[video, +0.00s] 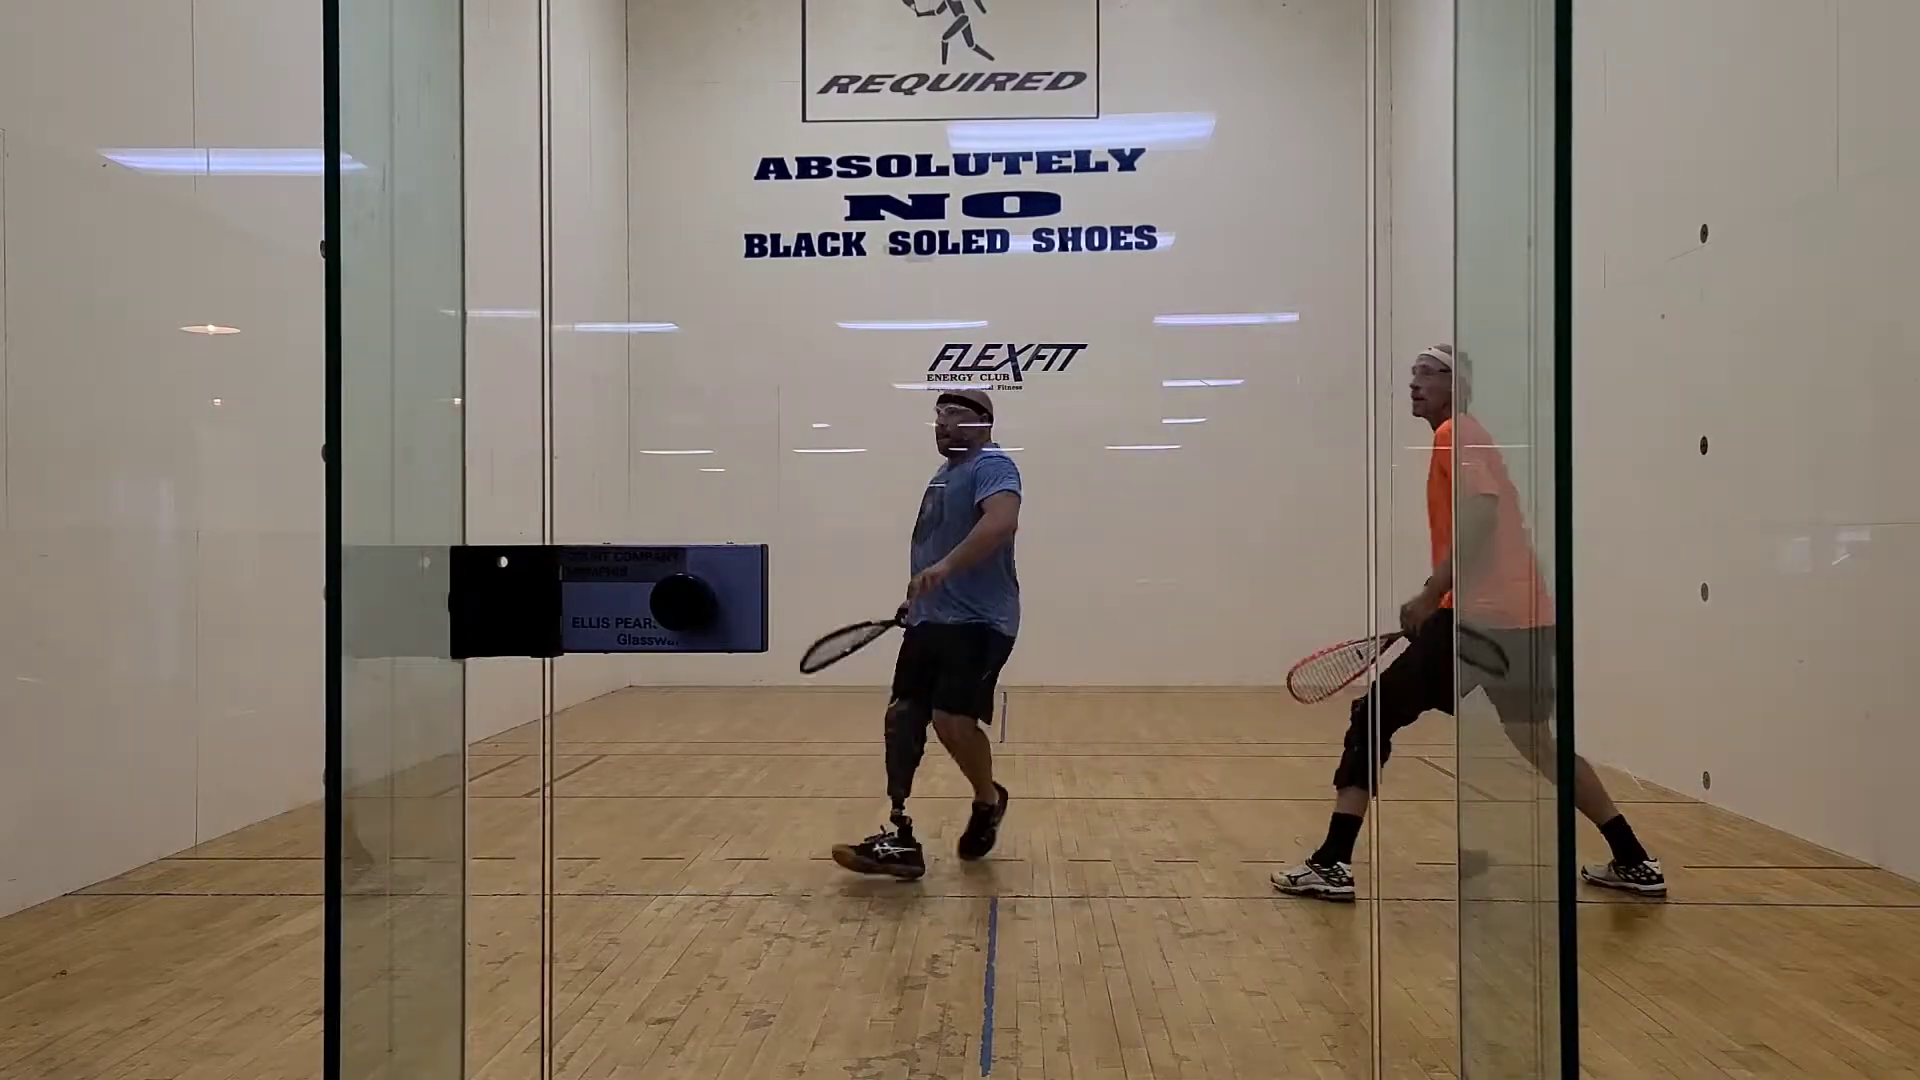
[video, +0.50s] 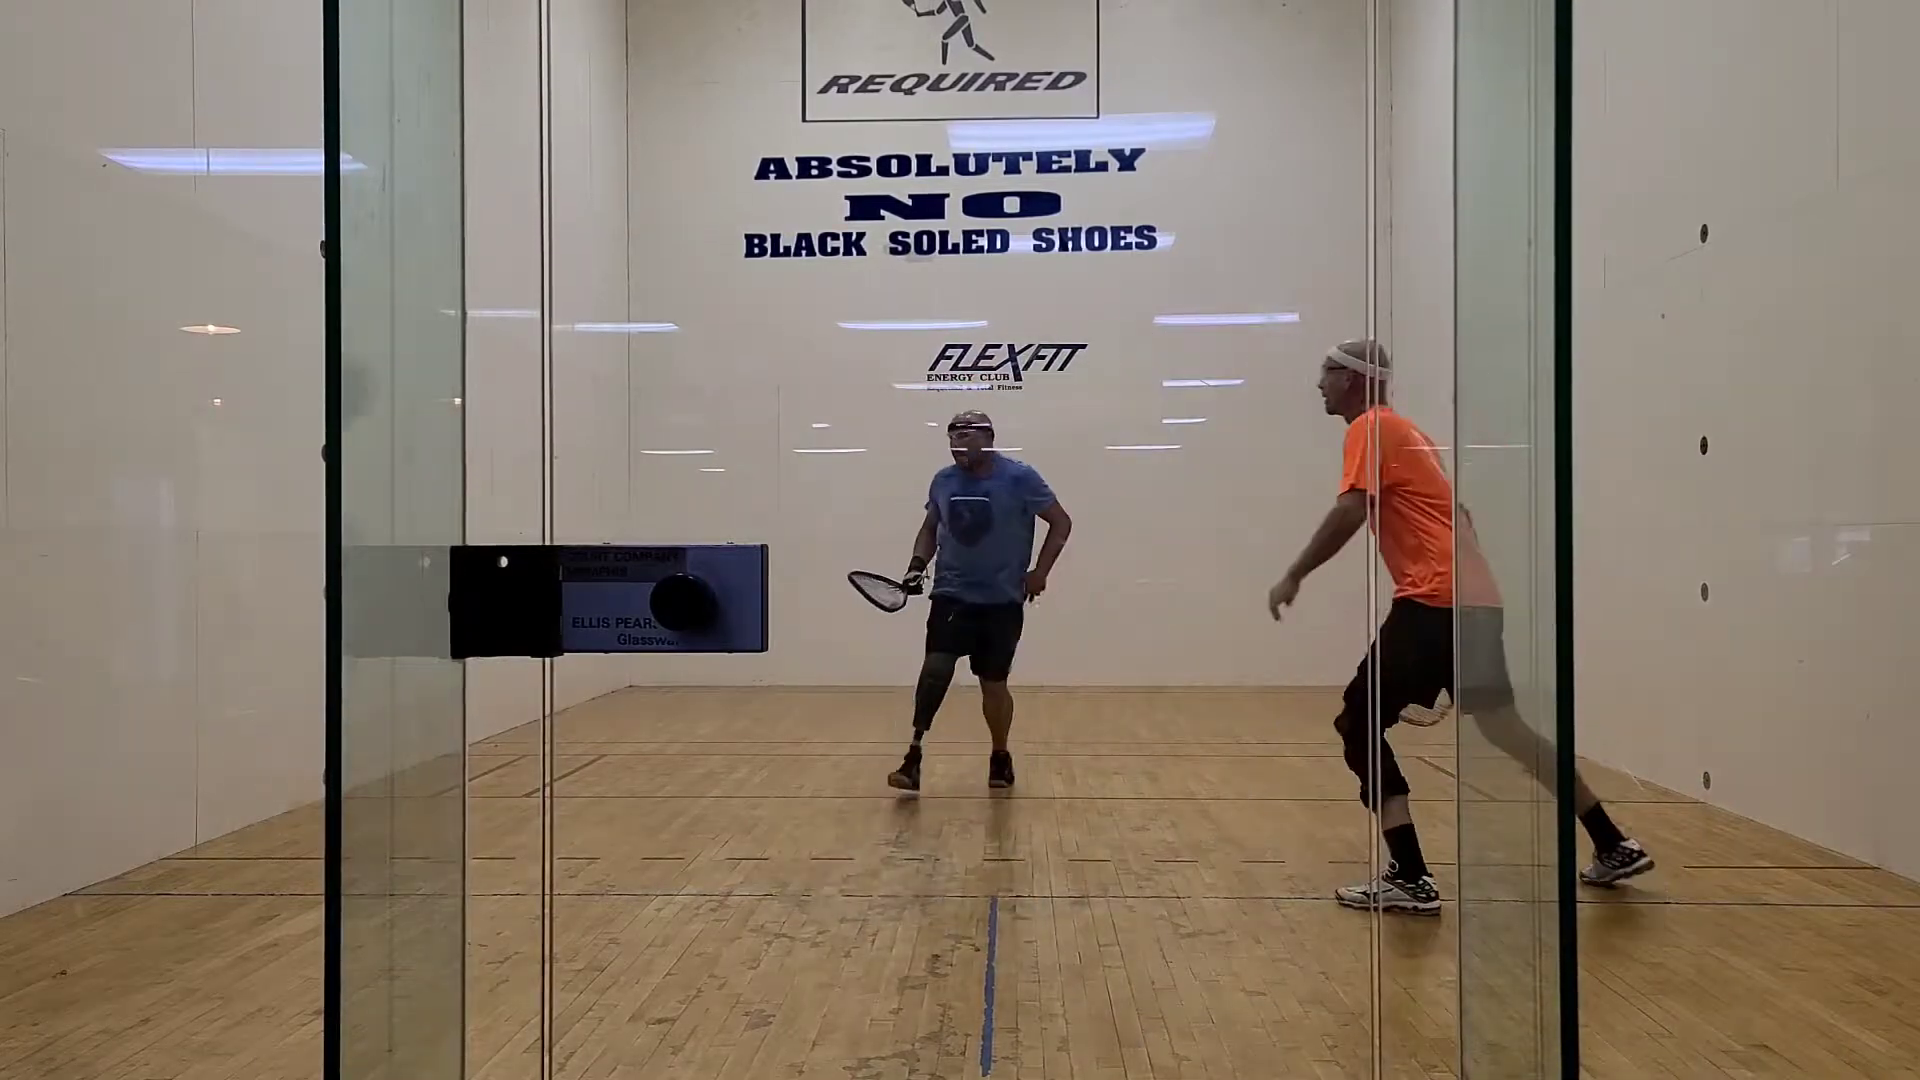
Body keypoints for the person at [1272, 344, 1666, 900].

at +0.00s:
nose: (1411, 385)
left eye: (1422, 377)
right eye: (1412, 377)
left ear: (1453, 384)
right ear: (1448, 388)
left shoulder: (1456, 434)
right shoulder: (1472, 437)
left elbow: (1478, 523)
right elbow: (1482, 540)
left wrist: (1430, 594)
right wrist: (1431, 608)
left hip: (1481, 618)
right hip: (1522, 620)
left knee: (1374, 713)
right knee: (1536, 740)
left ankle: (1332, 862)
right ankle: (1633, 859)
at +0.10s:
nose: (1423, 376)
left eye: (1434, 368)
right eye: (1423, 367)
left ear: (1462, 374)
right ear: (1465, 376)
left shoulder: (1466, 418)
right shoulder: (1480, 422)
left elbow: (1487, 499)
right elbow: (1501, 526)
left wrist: (1443, 584)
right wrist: (1445, 601)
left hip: (1491, 606)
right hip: (1527, 607)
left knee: (1392, 706)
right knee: (1536, 732)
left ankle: (1361, 860)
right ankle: (1633, 860)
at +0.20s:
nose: (1419, 368)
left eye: (1431, 358)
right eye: (1420, 358)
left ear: (1461, 369)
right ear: (1470, 373)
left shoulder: (1450, 412)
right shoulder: (1494, 420)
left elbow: (1470, 492)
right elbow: (1518, 514)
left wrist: (1428, 577)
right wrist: (1450, 595)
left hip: (1484, 593)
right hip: (1534, 595)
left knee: (1395, 702)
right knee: (1545, 723)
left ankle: (1379, 859)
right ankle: (1634, 859)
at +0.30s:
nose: (1396, 377)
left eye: (1407, 367)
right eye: (1399, 366)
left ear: (1440, 372)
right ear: (1448, 376)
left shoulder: (1429, 418)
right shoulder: (1490, 428)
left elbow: (1434, 495)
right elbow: (1534, 514)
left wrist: (1395, 579)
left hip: (1476, 600)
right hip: (1536, 601)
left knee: (1385, 706)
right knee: (1549, 728)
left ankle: (1396, 865)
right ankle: (1634, 860)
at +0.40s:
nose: (1368, 391)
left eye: (1373, 380)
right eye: (1369, 380)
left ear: (1397, 381)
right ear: (1422, 383)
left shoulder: (1402, 427)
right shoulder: (1456, 437)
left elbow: (1393, 507)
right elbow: (1490, 532)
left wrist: (1342, 583)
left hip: (1459, 611)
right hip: (1512, 613)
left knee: (1373, 717)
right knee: (1548, 737)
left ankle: (1411, 875)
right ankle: (1633, 861)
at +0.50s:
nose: (1320, 387)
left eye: (1328, 377)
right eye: (1322, 377)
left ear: (1358, 380)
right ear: (1373, 383)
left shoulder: (1368, 427)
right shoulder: (1410, 432)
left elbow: (1351, 510)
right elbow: (1459, 515)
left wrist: (1294, 574)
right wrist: (1464, 587)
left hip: (1430, 605)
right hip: (1478, 605)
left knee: (1358, 721)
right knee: (1505, 727)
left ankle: (1409, 875)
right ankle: (1613, 844)